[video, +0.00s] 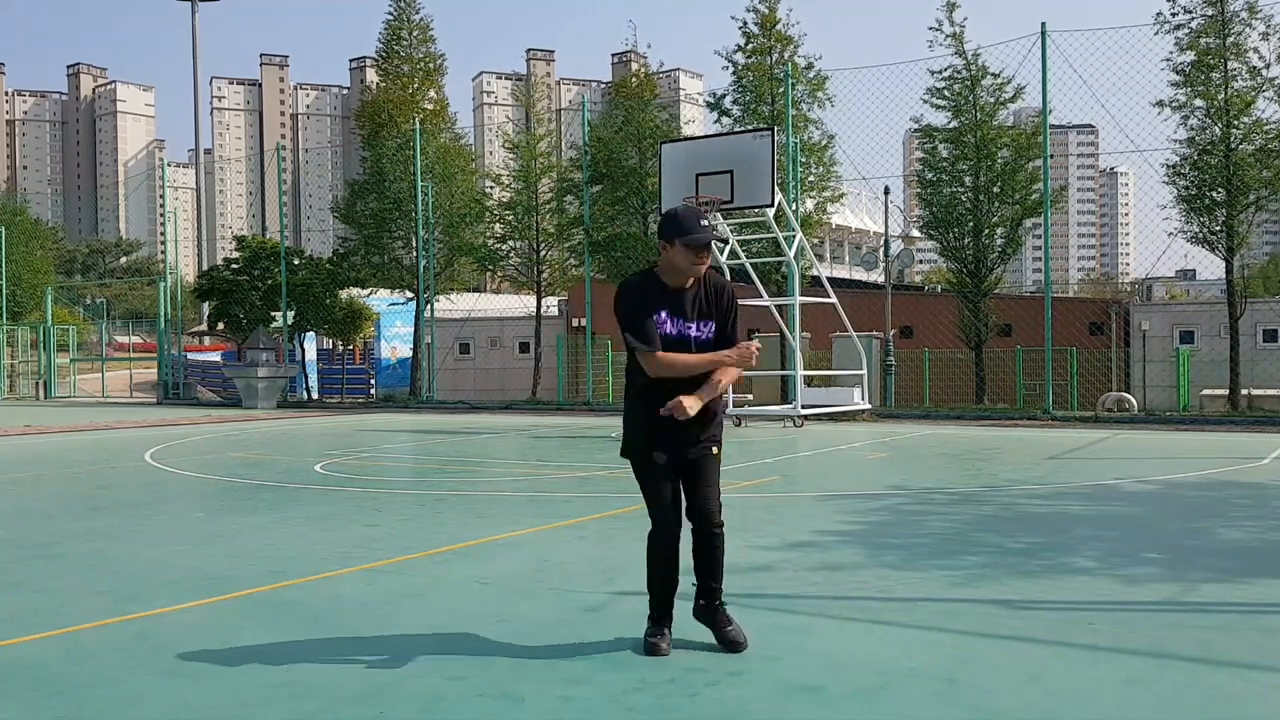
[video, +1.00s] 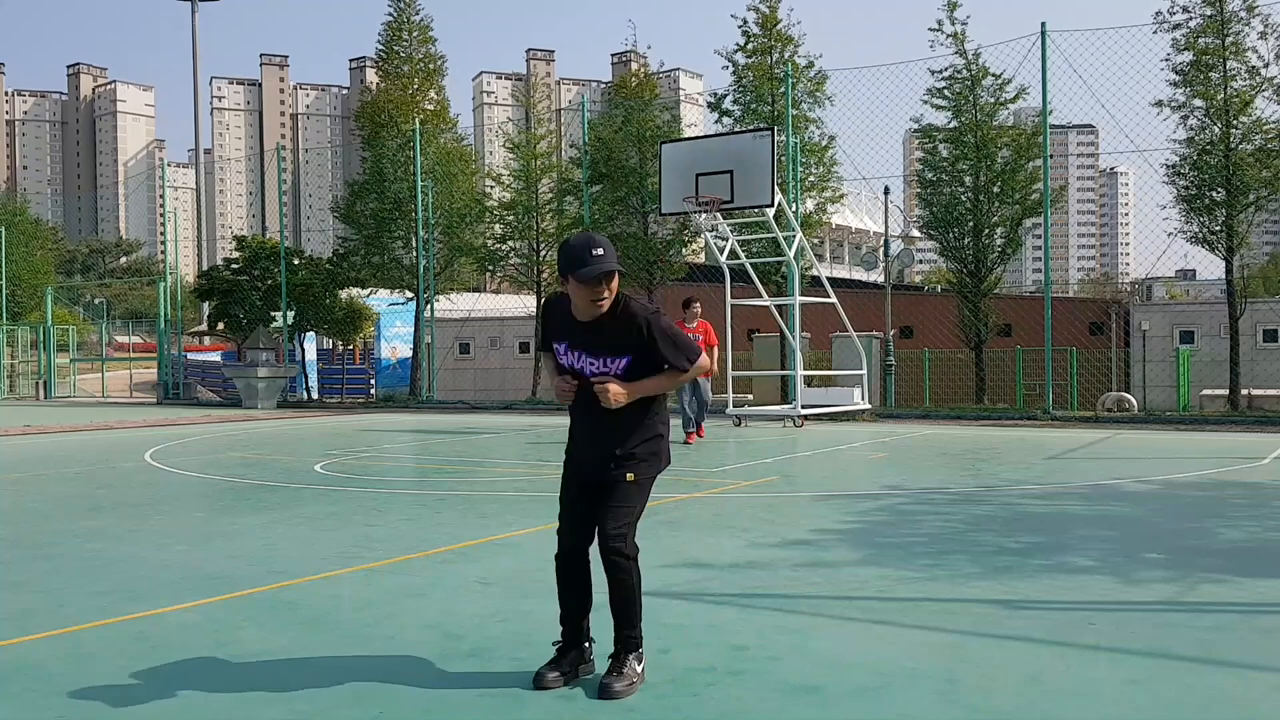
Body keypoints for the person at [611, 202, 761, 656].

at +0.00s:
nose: (705, 255)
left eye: (707, 247)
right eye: (694, 248)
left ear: (710, 246)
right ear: (665, 247)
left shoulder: (719, 291)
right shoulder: (634, 293)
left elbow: (734, 364)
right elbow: (652, 364)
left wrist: (698, 397)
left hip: (701, 425)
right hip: (650, 428)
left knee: (709, 516)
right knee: (667, 521)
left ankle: (710, 604)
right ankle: (660, 620)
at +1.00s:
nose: (603, 289)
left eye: (609, 278)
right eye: (590, 281)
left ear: (618, 275)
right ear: (565, 283)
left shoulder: (641, 317)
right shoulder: (555, 314)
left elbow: (699, 364)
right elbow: (552, 353)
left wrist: (631, 389)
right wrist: (557, 380)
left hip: (637, 445)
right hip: (585, 442)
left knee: (616, 540)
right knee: (570, 547)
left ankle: (628, 655)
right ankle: (574, 650)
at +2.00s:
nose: (610, 309)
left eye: (618, 302)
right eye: (604, 298)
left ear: (625, 298)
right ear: (583, 282)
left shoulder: (609, 336)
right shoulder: (545, 318)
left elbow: (648, 393)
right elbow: (540, 379)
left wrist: (615, 375)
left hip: (591, 460)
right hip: (545, 464)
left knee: (622, 547)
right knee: (590, 552)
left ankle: (577, 629)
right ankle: (532, 633)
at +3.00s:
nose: (495, 271)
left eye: (503, 264)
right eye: (488, 263)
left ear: (519, 265)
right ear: (480, 264)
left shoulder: (537, 311)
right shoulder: (465, 300)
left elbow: (535, 378)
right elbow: (445, 358)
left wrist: (475, 397)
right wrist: (489, 382)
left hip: (516, 421)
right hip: (472, 418)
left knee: (509, 509)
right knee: (452, 504)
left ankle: (536, 595)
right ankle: (458, 580)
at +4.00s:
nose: (513, 263)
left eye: (520, 256)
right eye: (506, 256)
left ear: (530, 259)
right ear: (491, 258)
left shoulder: (544, 292)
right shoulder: (472, 289)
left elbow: (595, 292)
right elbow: (431, 279)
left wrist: (553, 250)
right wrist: (476, 242)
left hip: (534, 418)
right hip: (482, 419)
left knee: (560, 496)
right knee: (474, 505)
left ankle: (581, 579)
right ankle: (463, 586)